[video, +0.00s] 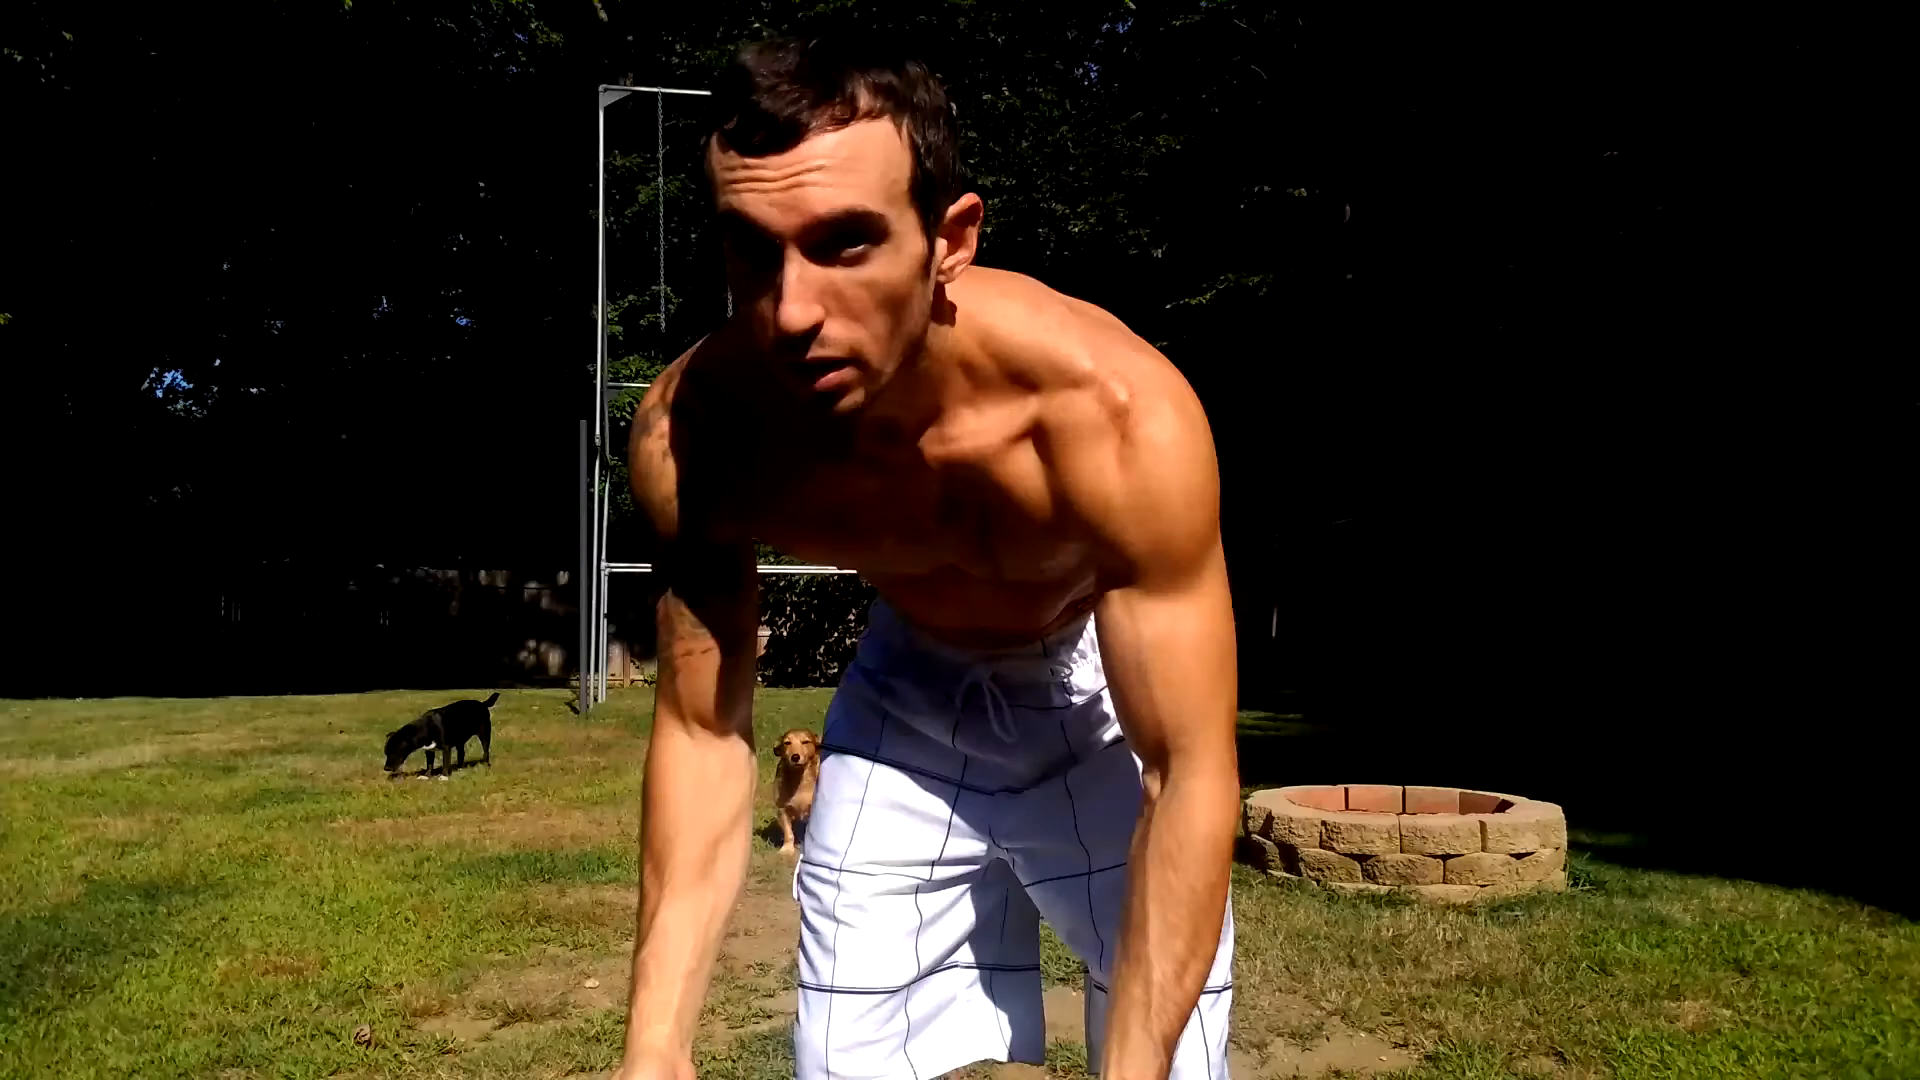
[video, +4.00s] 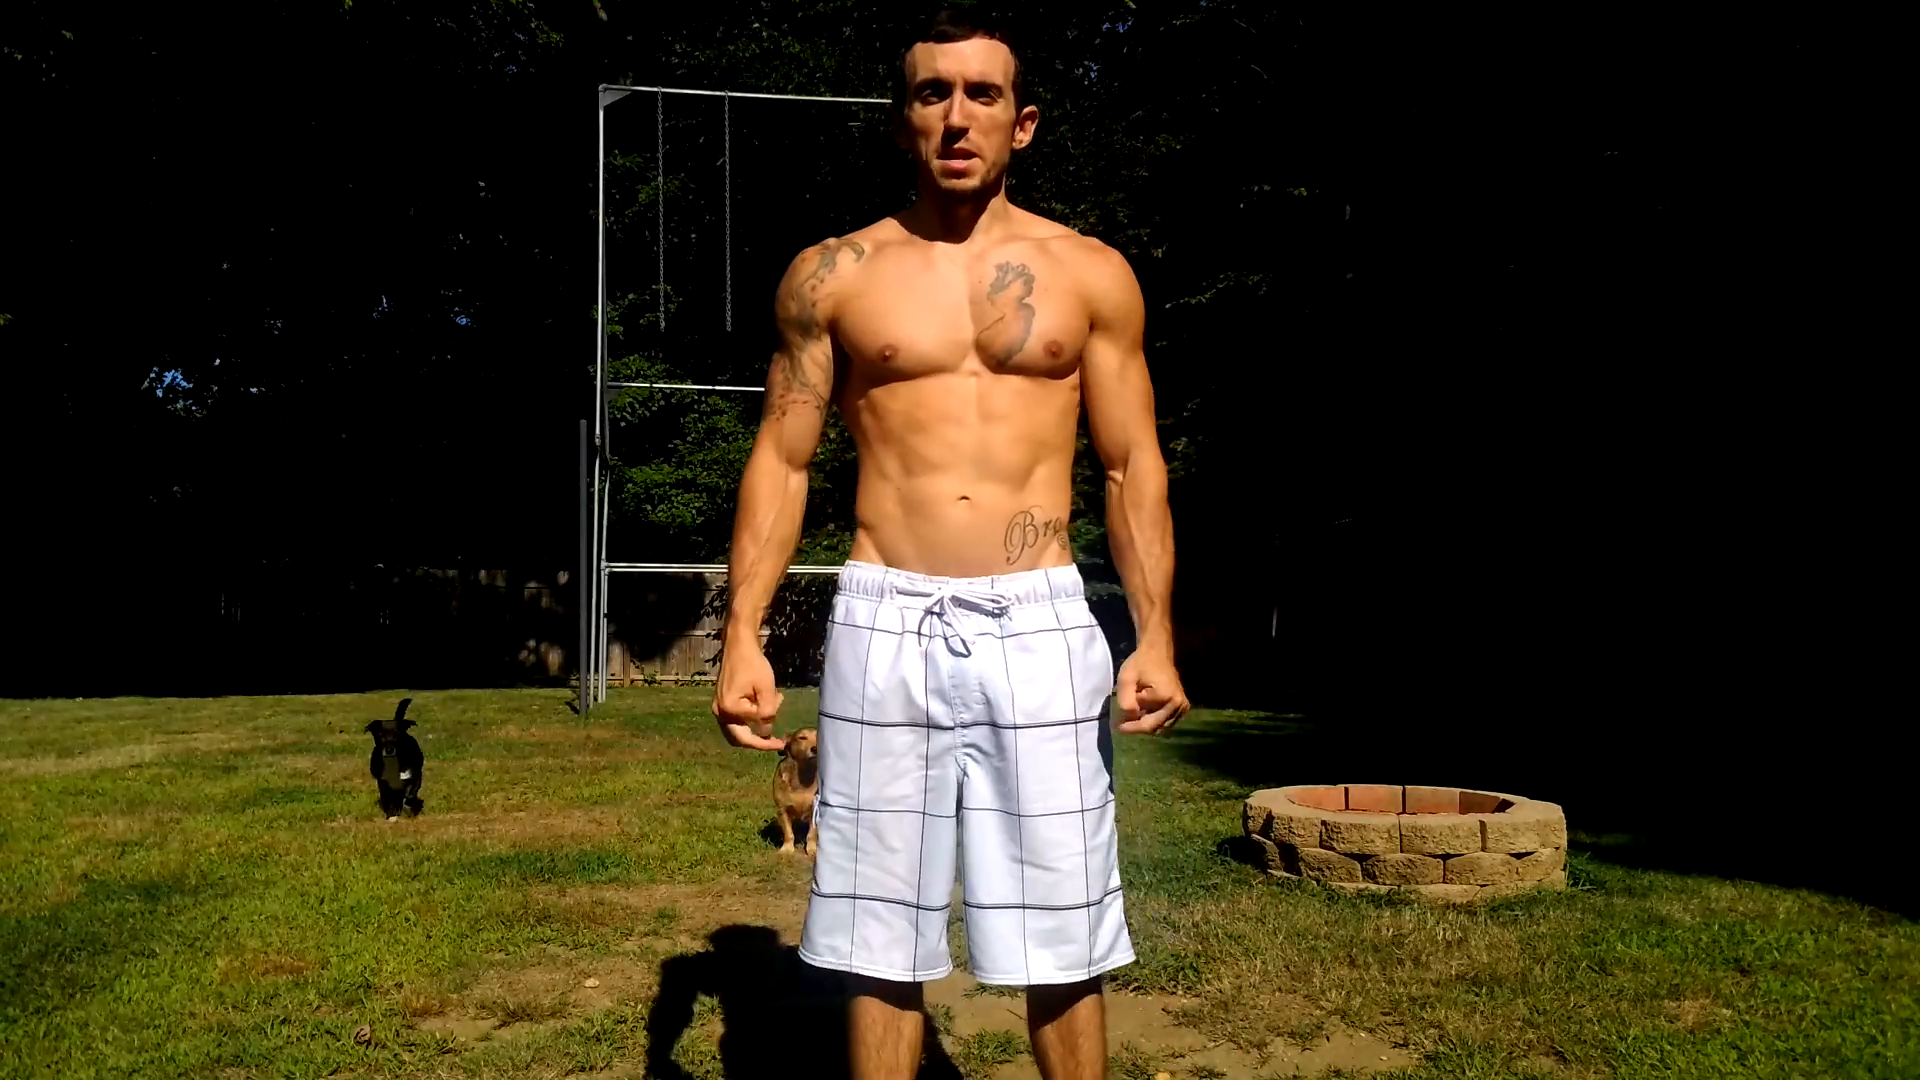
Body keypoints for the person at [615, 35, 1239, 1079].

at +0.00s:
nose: (791, 312)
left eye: (845, 243)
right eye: (755, 250)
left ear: (951, 243)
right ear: (722, 243)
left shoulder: (1127, 423)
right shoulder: (697, 436)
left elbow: (1190, 775)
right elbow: (702, 728)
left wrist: (1133, 1067)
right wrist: (655, 1047)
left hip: (1118, 681)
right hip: (911, 685)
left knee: (1173, 1061)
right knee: (849, 1056)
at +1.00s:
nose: (990, 462)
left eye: (1031, 419)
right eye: (955, 415)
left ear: (1089, 394)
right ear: (907, 388)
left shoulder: (1173, 518)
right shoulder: (802, 514)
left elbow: (1216, 776)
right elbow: (734, 745)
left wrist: (1228, 1042)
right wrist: (668, 993)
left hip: (1082, 706)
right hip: (899, 705)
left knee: (1123, 1044)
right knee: (823, 1040)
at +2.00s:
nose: (998, 207)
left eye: (1021, 180)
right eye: (975, 181)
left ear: (1073, 151)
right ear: (947, 157)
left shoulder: (1158, 281)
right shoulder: (904, 287)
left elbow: (1236, 459)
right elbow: (873, 458)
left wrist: (1294, 625)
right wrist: (831, 624)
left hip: (1093, 624)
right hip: (946, 619)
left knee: (1098, 920)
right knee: (925, 919)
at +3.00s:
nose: (954, 137)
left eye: (979, 117)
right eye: (930, 116)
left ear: (1013, 143)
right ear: (900, 140)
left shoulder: (1082, 288)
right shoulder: (827, 289)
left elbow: (1136, 469)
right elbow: (782, 463)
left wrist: (1164, 639)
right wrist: (757, 635)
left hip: (1039, 627)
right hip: (889, 631)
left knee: (1070, 936)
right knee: (894, 943)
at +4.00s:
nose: (956, 116)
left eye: (982, 95)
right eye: (932, 94)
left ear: (1019, 121)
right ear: (904, 119)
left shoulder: (1092, 274)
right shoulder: (829, 277)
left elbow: (1132, 464)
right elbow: (782, 458)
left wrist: (1155, 636)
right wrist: (742, 635)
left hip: (1040, 625)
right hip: (883, 622)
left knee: (1062, 947)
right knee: (880, 944)